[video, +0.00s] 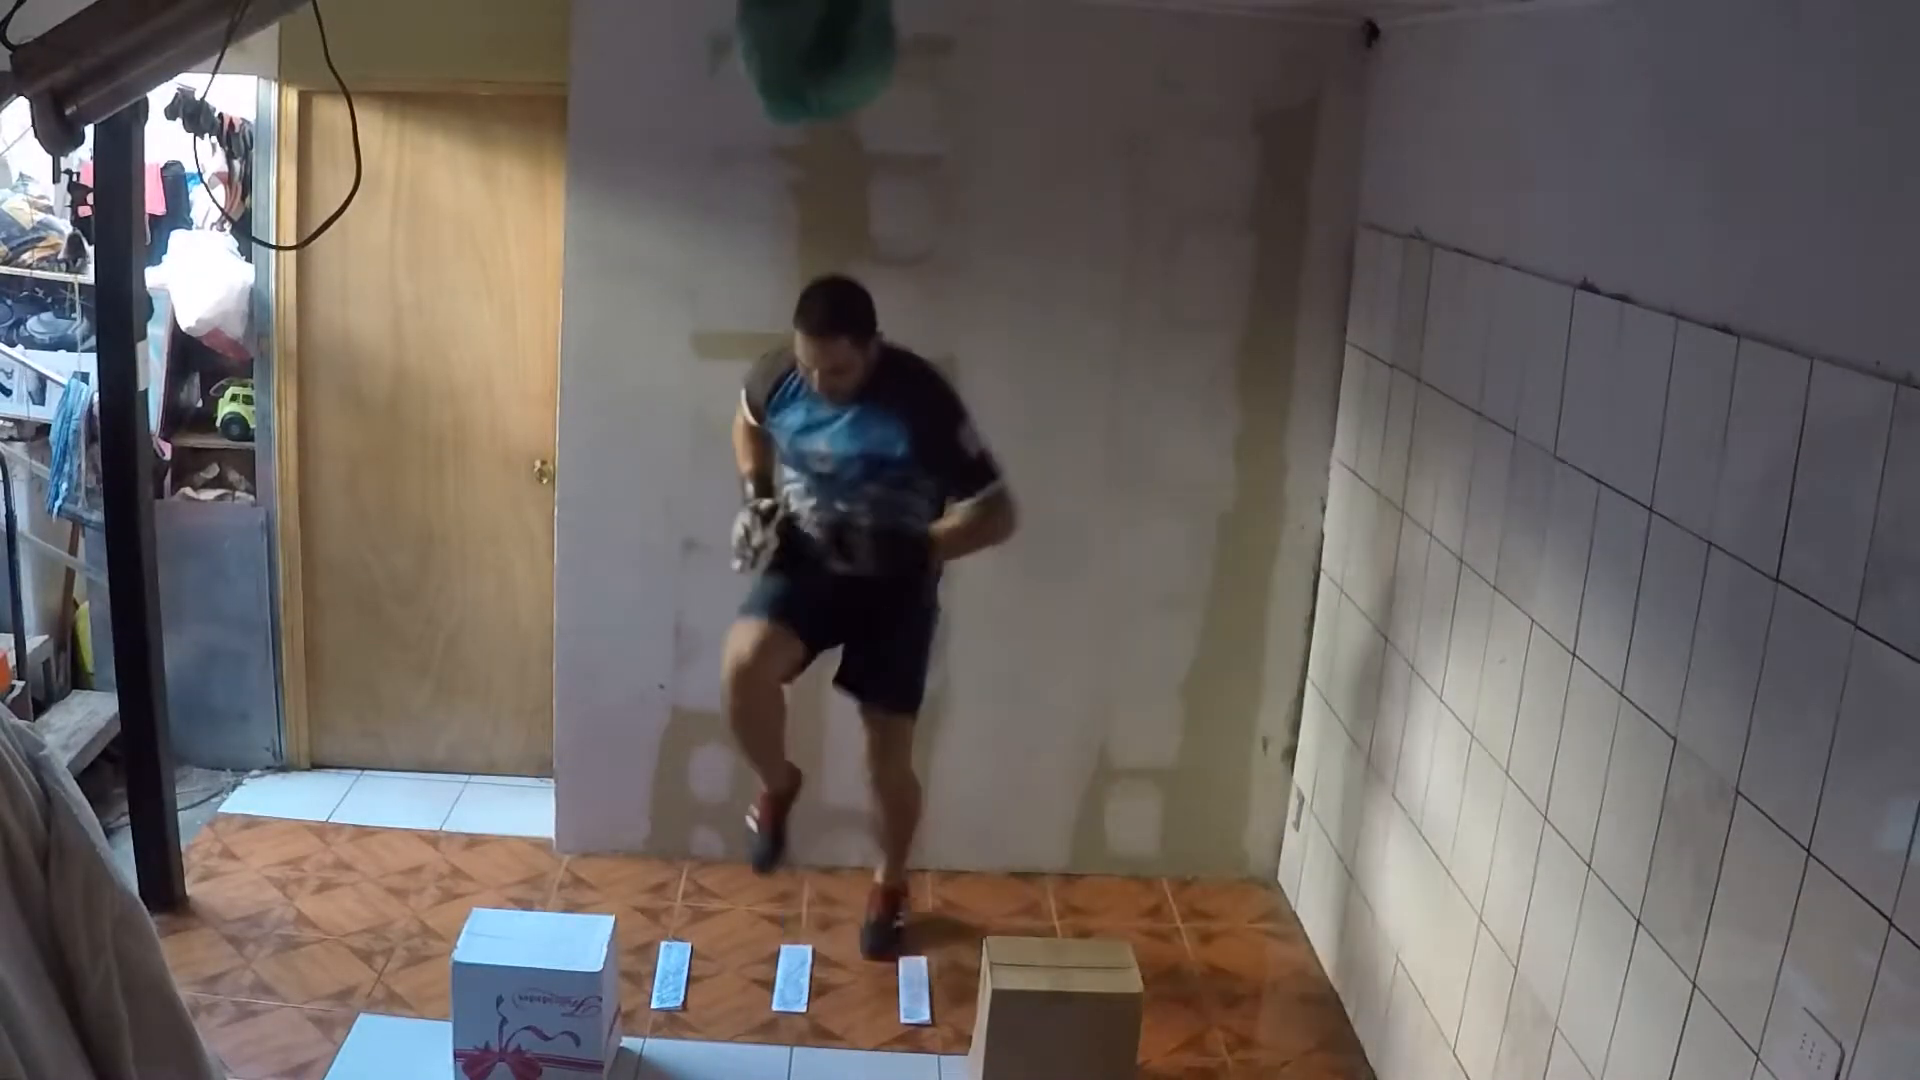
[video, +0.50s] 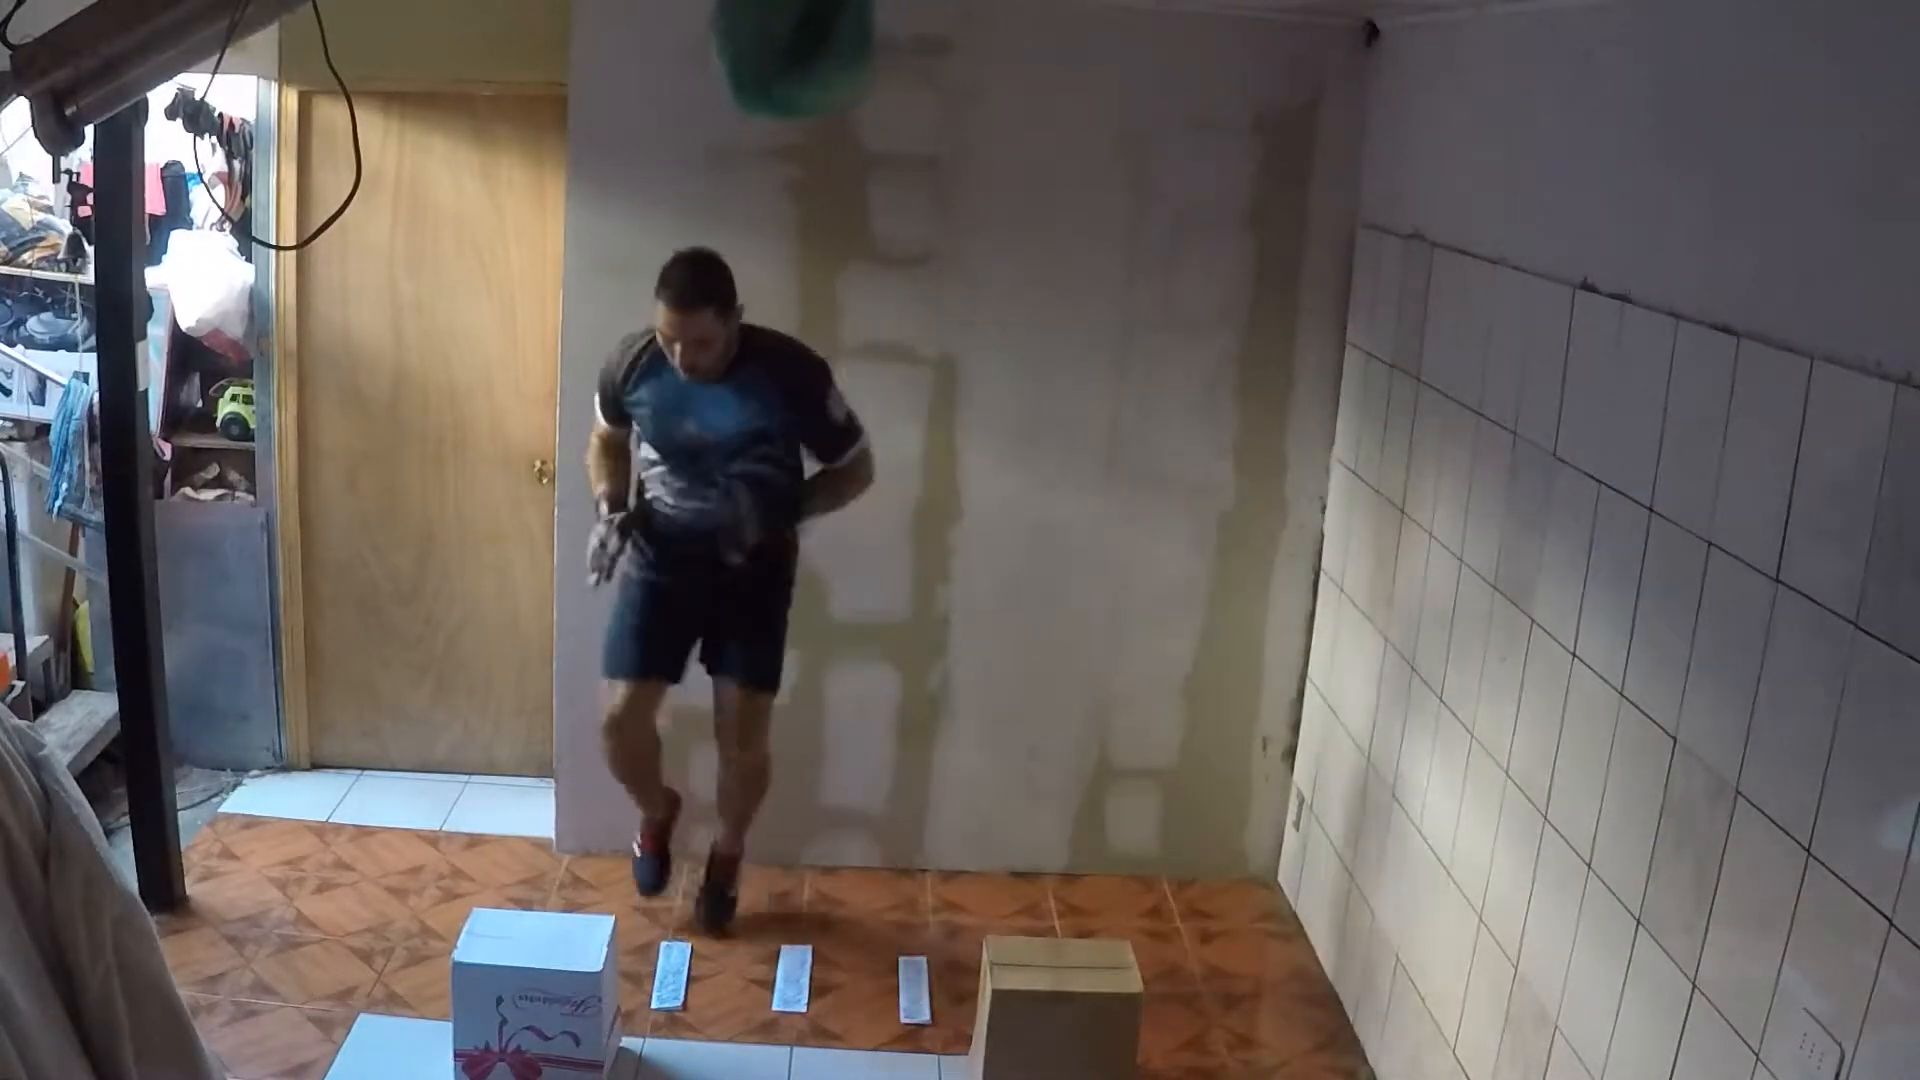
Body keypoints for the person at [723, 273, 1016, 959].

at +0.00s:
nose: (822, 381)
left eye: (838, 369)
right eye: (811, 367)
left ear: (870, 346)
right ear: (796, 344)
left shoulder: (918, 393)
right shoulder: (776, 380)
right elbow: (750, 422)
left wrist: (920, 545)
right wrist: (757, 503)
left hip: (895, 581)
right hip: (806, 567)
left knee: (887, 751)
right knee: (744, 669)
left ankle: (890, 885)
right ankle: (777, 783)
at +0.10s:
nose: (800, 385)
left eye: (816, 373)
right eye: (789, 369)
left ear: (849, 352)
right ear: (775, 350)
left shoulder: (893, 407)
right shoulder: (756, 383)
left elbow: (954, 529)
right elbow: (720, 415)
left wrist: (875, 539)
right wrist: (721, 494)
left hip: (867, 592)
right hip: (782, 570)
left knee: (873, 766)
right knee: (696, 657)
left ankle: (887, 891)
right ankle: (724, 771)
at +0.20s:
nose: (763, 355)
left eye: (778, 342)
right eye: (752, 340)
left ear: (811, 320)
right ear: (739, 321)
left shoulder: (865, 369)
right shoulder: (720, 366)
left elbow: (945, 473)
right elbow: (678, 420)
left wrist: (873, 522)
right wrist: (676, 483)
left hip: (832, 573)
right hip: (738, 562)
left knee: (847, 753)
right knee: (670, 713)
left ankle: (873, 868)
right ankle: (685, 822)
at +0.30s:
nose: (727, 367)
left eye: (741, 353)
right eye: (714, 352)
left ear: (772, 331)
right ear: (699, 332)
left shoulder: (826, 380)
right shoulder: (680, 384)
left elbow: (922, 442)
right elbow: (626, 464)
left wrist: (866, 531)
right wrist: (633, 493)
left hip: (795, 573)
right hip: (705, 574)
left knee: (802, 738)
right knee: (677, 745)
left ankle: (811, 823)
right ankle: (683, 858)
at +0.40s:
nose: (700, 367)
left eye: (715, 352)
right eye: (686, 352)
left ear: (746, 327)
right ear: (671, 332)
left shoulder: (798, 374)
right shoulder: (651, 385)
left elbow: (892, 438)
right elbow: (609, 471)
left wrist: (835, 527)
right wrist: (617, 504)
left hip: (767, 576)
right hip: (679, 579)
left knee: (770, 734)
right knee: (672, 741)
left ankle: (747, 826)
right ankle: (681, 854)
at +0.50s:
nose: (683, 356)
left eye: (699, 343)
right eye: (671, 340)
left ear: (732, 320)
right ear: (657, 319)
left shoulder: (788, 370)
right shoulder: (631, 368)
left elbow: (856, 469)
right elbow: (608, 445)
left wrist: (781, 510)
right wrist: (614, 511)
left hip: (753, 562)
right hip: (662, 555)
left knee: (741, 736)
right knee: (621, 720)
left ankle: (727, 858)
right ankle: (657, 811)